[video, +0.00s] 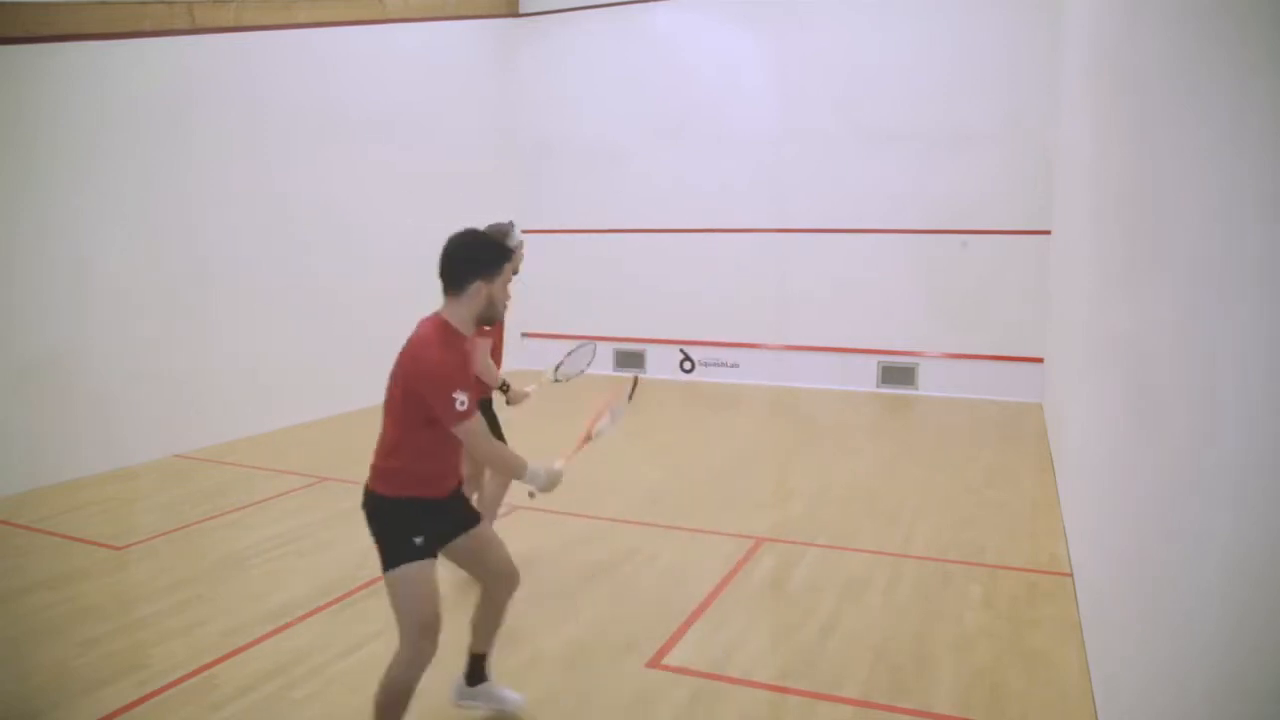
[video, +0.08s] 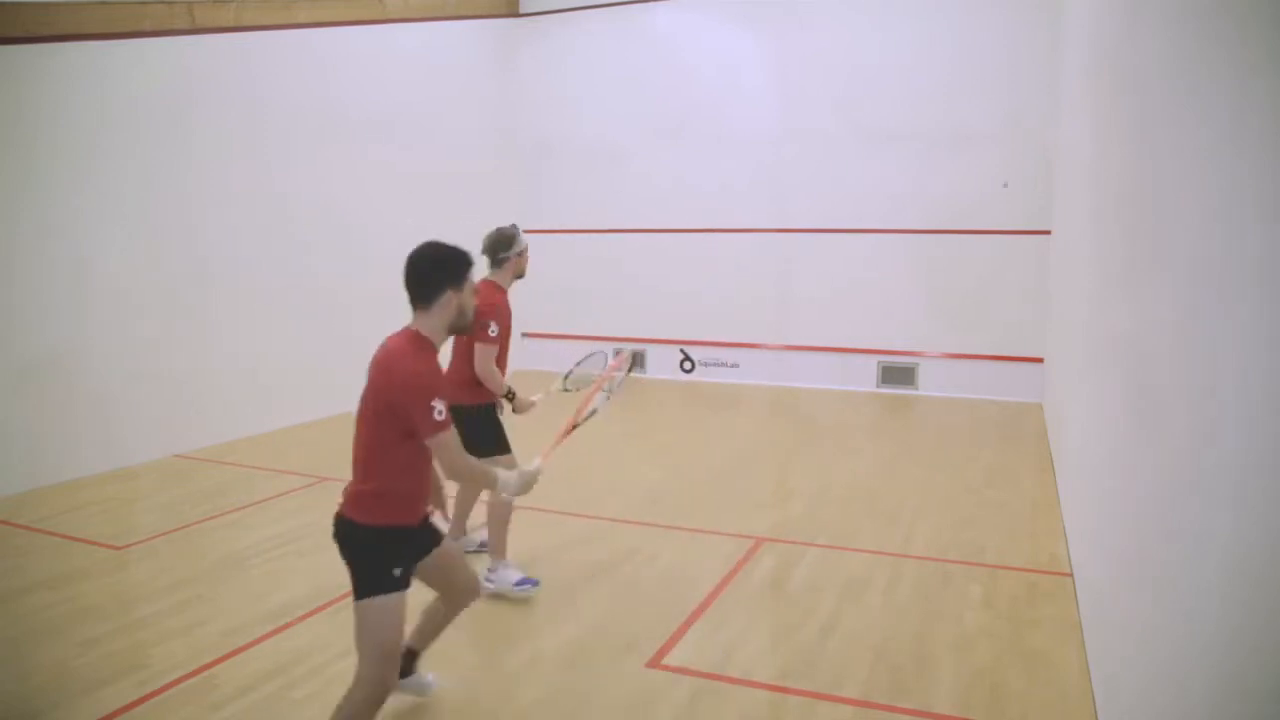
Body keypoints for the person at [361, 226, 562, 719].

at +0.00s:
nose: (509, 294)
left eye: (509, 283)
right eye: (506, 283)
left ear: (472, 284)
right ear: (482, 285)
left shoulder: (463, 342)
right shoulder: (433, 350)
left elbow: (470, 427)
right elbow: (481, 445)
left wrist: (471, 484)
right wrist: (532, 473)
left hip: (440, 496)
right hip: (398, 503)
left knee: (502, 578)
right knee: (418, 642)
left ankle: (474, 682)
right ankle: (385, 718)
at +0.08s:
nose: (474, 302)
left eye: (473, 291)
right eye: (471, 291)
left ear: (424, 293)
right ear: (452, 295)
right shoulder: (414, 365)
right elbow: (452, 461)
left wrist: (435, 504)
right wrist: (502, 479)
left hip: (405, 520)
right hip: (374, 528)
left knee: (463, 587)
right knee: (377, 677)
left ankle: (402, 668)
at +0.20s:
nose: (433, 317)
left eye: (429, 306)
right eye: (427, 307)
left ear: (383, 317)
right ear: (409, 317)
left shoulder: (356, 372)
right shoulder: (380, 389)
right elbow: (402, 493)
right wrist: (468, 522)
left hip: (334, 536)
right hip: (345, 548)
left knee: (382, 607)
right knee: (365, 688)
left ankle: (284, 682)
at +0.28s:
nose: (413, 299)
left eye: (409, 289)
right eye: (407, 290)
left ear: (365, 301)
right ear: (389, 301)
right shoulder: (368, 367)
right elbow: (362, 464)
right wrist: (420, 517)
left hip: (310, 514)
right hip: (331, 525)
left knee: (310, 619)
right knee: (334, 654)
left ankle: (244, 704)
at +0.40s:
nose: (400, 267)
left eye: (396, 256)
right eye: (394, 258)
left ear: (357, 270)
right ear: (376, 267)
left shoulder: (329, 317)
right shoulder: (360, 326)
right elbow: (337, 402)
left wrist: (304, 440)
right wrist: (370, 471)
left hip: (296, 473)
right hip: (319, 481)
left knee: (292, 594)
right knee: (320, 602)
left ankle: (247, 694)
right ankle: (284, 713)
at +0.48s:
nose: (396, 252)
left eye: (392, 242)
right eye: (391, 243)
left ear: (351, 254)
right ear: (373, 251)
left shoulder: (320, 299)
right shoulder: (361, 310)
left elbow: (277, 356)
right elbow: (335, 381)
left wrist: (287, 422)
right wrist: (361, 453)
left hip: (295, 452)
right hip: (319, 459)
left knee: (304, 566)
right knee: (310, 575)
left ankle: (252, 662)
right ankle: (260, 690)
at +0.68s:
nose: (395, 285)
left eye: (391, 277)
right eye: (389, 278)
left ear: (352, 288)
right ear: (369, 287)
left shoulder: (308, 332)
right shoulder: (367, 347)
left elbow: (270, 398)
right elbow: (351, 427)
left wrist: (292, 444)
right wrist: (363, 466)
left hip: (289, 468)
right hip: (323, 478)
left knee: (319, 533)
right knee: (276, 583)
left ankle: (334, 601)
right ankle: (226, 686)